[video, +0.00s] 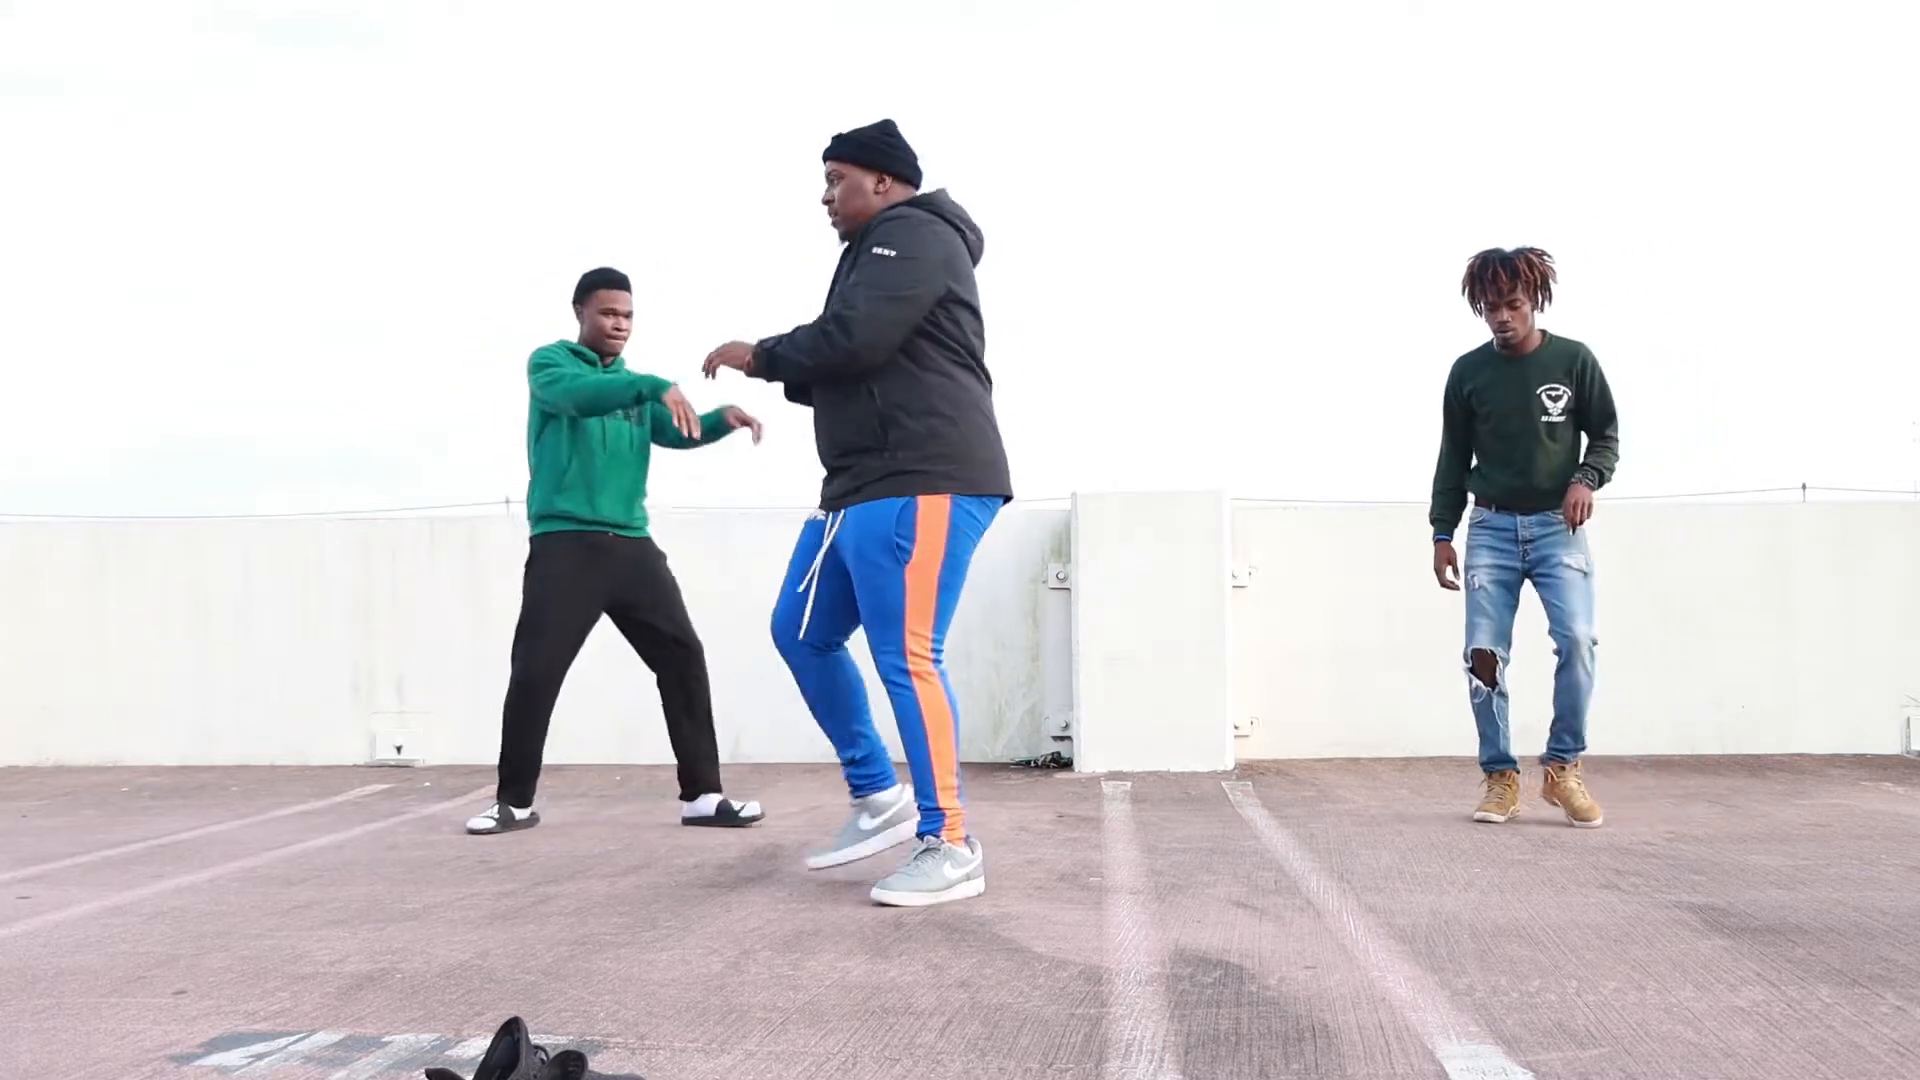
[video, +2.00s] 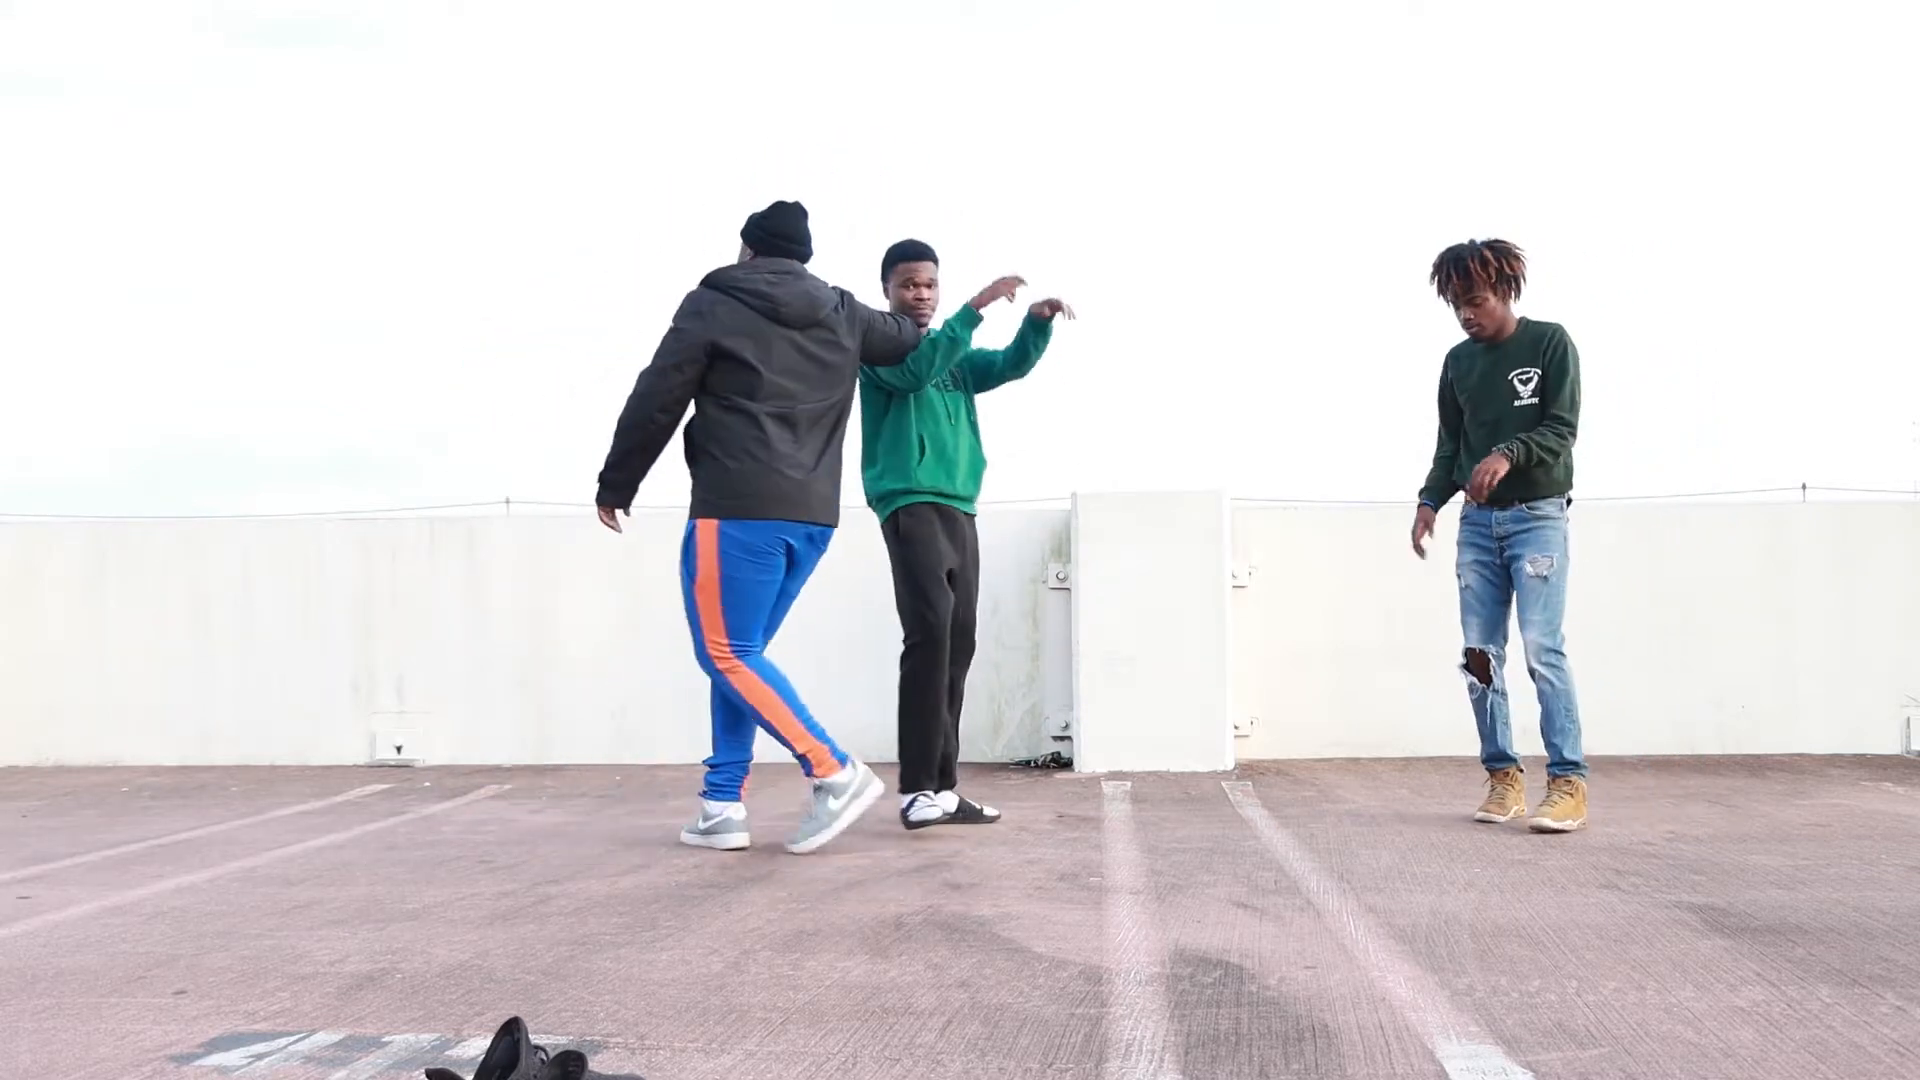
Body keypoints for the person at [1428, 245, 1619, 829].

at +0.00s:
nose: (1500, 317)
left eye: (1510, 304)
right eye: (1489, 308)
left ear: (1536, 300)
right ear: (1479, 309)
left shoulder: (1574, 360)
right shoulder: (1467, 372)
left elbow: (1605, 435)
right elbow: (1453, 459)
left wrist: (1586, 479)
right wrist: (1443, 534)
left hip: (1559, 527)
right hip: (1490, 529)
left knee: (1578, 638)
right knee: (1482, 654)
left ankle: (1563, 768)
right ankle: (1499, 778)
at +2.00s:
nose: (1465, 316)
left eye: (1474, 303)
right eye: (1457, 306)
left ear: (1507, 291)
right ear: (1452, 303)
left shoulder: (1550, 341)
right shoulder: (1458, 361)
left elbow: (1560, 428)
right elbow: (1451, 442)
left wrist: (1509, 454)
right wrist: (1429, 501)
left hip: (1538, 518)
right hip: (1478, 523)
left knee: (1542, 650)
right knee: (1480, 655)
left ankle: (1567, 784)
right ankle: (1502, 778)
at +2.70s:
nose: (1470, 307)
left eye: (1479, 294)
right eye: (1462, 296)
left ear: (1514, 285)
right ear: (1458, 293)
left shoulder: (1551, 324)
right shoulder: (1468, 354)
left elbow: (1546, 403)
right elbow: (1456, 444)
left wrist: (1486, 396)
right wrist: (1407, 429)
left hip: (1551, 512)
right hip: (1489, 514)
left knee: (1560, 657)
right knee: (1460, 649)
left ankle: (1571, 788)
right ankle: (1454, 783)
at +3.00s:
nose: (1448, 307)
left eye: (1458, 295)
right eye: (1440, 296)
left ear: (1488, 285)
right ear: (1433, 291)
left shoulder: (1523, 333)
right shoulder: (1427, 347)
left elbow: (1538, 416)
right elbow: (1395, 417)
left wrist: (1512, 447)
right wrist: (1359, 369)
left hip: (1504, 509)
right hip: (1441, 513)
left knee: (1518, 640)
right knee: (1436, 650)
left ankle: (1551, 767)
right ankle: (1447, 784)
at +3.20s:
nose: (1441, 311)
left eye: (1451, 298)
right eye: (1433, 300)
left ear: (1481, 287)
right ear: (1426, 295)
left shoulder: (1515, 341)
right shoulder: (1419, 345)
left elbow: (1531, 432)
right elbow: (1372, 389)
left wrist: (1536, 511)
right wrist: (1354, 327)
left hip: (1488, 507)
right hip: (1424, 511)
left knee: (1499, 626)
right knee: (1424, 652)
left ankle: (1522, 738)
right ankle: (1446, 784)